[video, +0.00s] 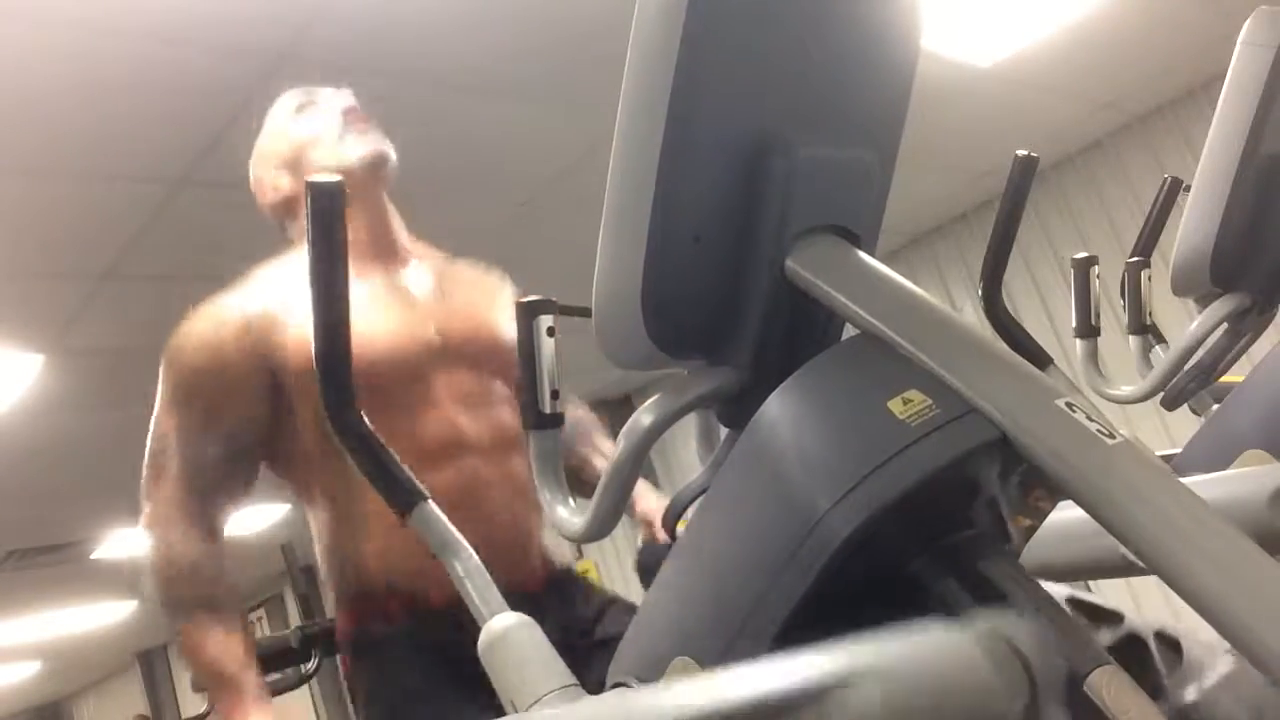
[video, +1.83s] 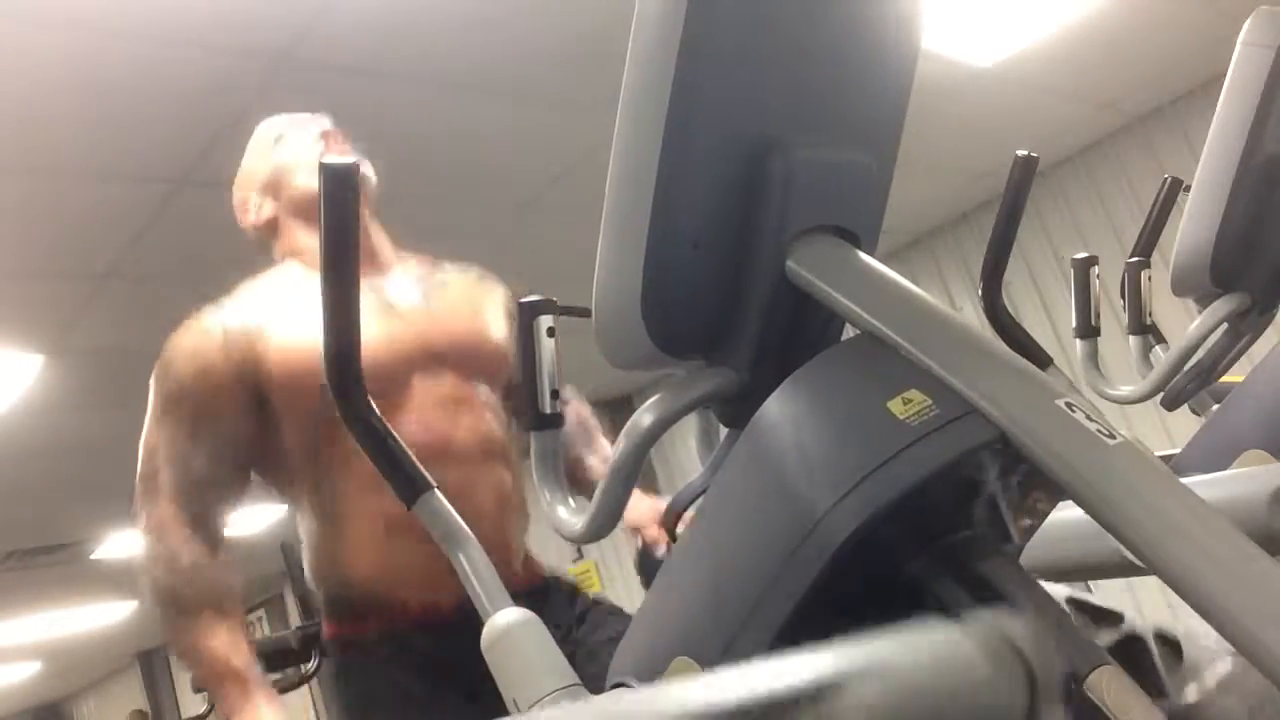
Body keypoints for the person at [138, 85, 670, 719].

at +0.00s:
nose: (346, 102)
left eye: (352, 101)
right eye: (308, 107)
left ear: (383, 145)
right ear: (272, 185)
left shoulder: (487, 288)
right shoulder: (238, 327)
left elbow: (563, 416)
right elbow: (180, 524)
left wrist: (649, 504)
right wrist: (238, 696)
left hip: (551, 607)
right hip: (406, 646)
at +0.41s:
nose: (387, 126)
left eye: (399, 118)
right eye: (357, 124)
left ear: (432, 153)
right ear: (322, 185)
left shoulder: (543, 277)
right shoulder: (278, 309)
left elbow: (636, 437)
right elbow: (193, 472)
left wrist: (673, 589)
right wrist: (236, 586)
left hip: (564, 601)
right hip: (415, 629)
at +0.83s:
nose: (363, 69)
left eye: (370, 64)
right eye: (323, 68)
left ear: (394, 106)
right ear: (280, 139)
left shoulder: (501, 252)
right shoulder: (241, 284)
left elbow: (582, 388)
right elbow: (186, 483)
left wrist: (644, 513)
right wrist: (239, 658)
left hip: (540, 574)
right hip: (392, 604)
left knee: (684, 703)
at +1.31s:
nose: (382, 107)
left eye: (392, 104)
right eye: (347, 105)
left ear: (422, 145)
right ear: (313, 175)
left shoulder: (523, 285)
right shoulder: (262, 307)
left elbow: (612, 438)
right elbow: (175, 474)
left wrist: (666, 584)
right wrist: (231, 602)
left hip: (546, 601)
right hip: (401, 625)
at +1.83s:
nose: (333, 137)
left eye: (341, 133)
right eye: (299, 136)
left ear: (369, 172)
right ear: (253, 204)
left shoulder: (474, 291)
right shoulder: (227, 338)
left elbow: (556, 403)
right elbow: (175, 529)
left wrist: (629, 495)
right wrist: (244, 696)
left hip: (539, 612)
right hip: (388, 652)